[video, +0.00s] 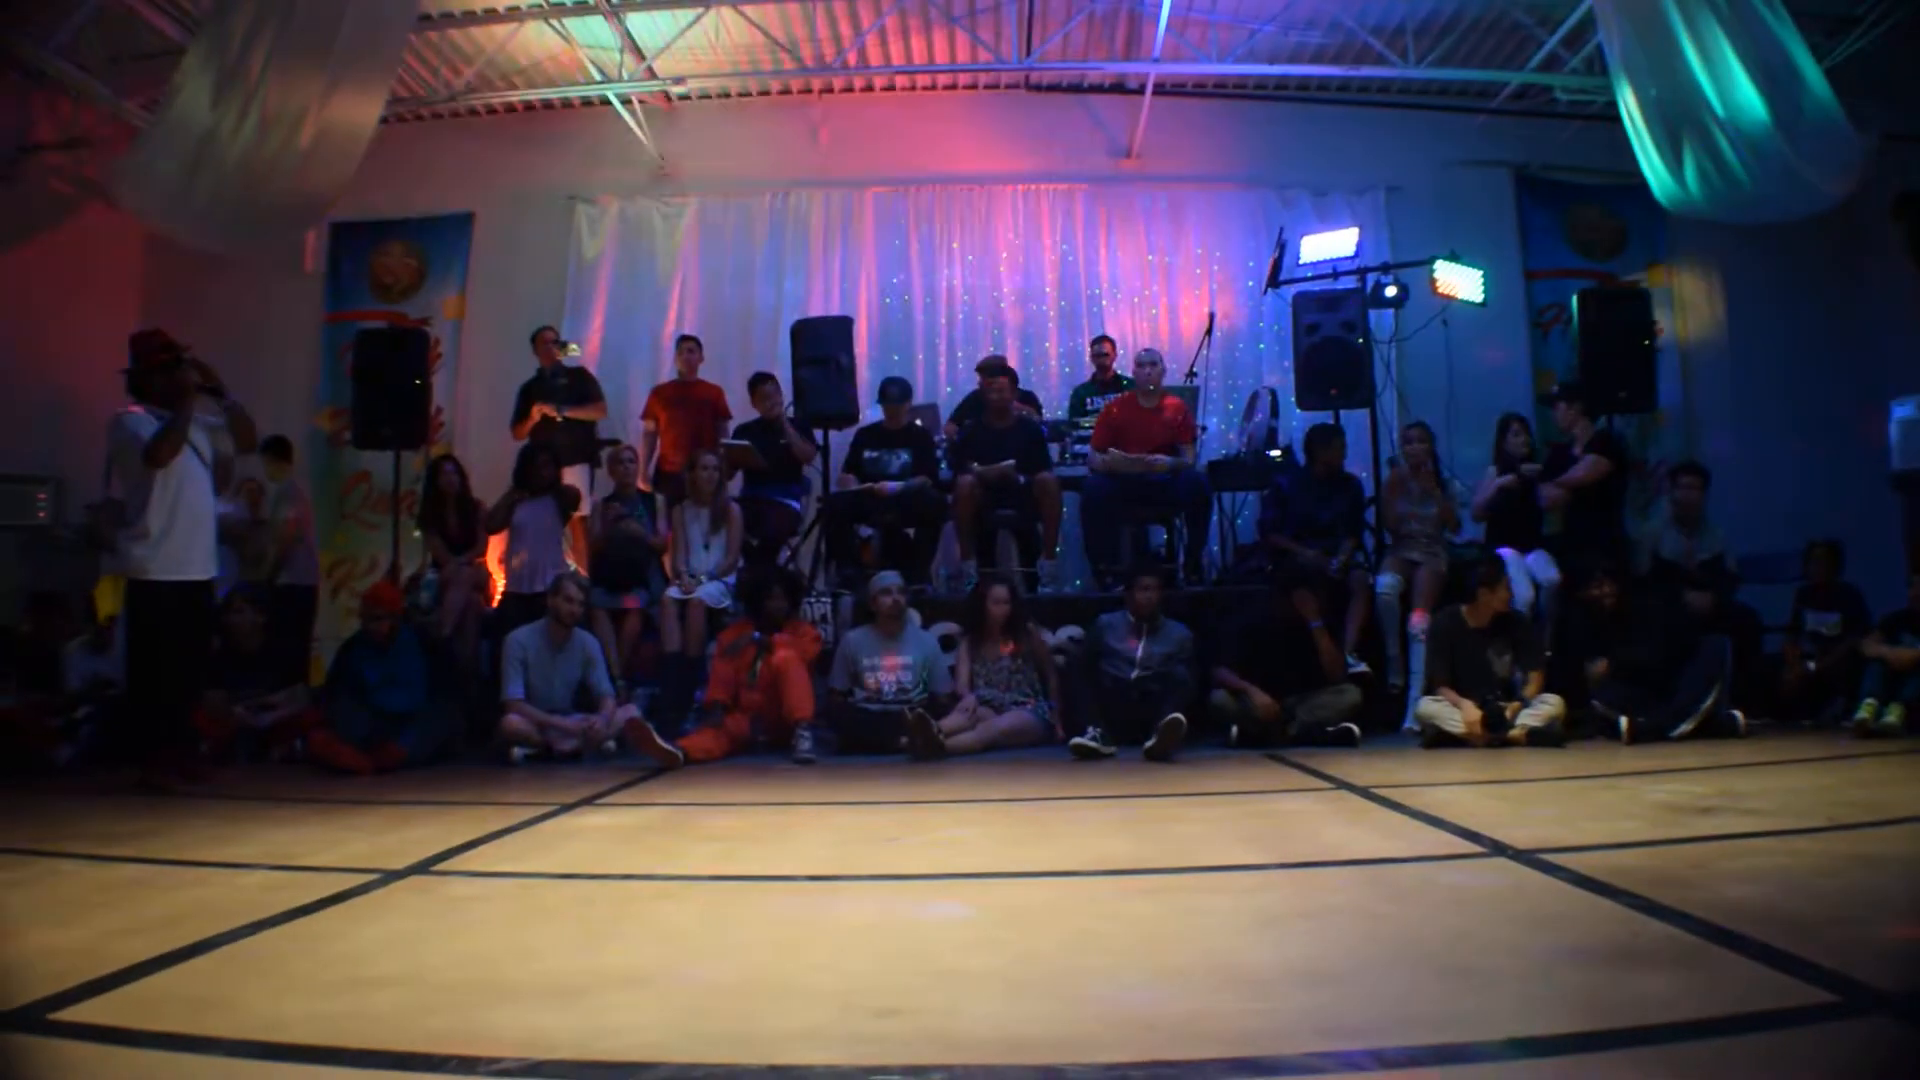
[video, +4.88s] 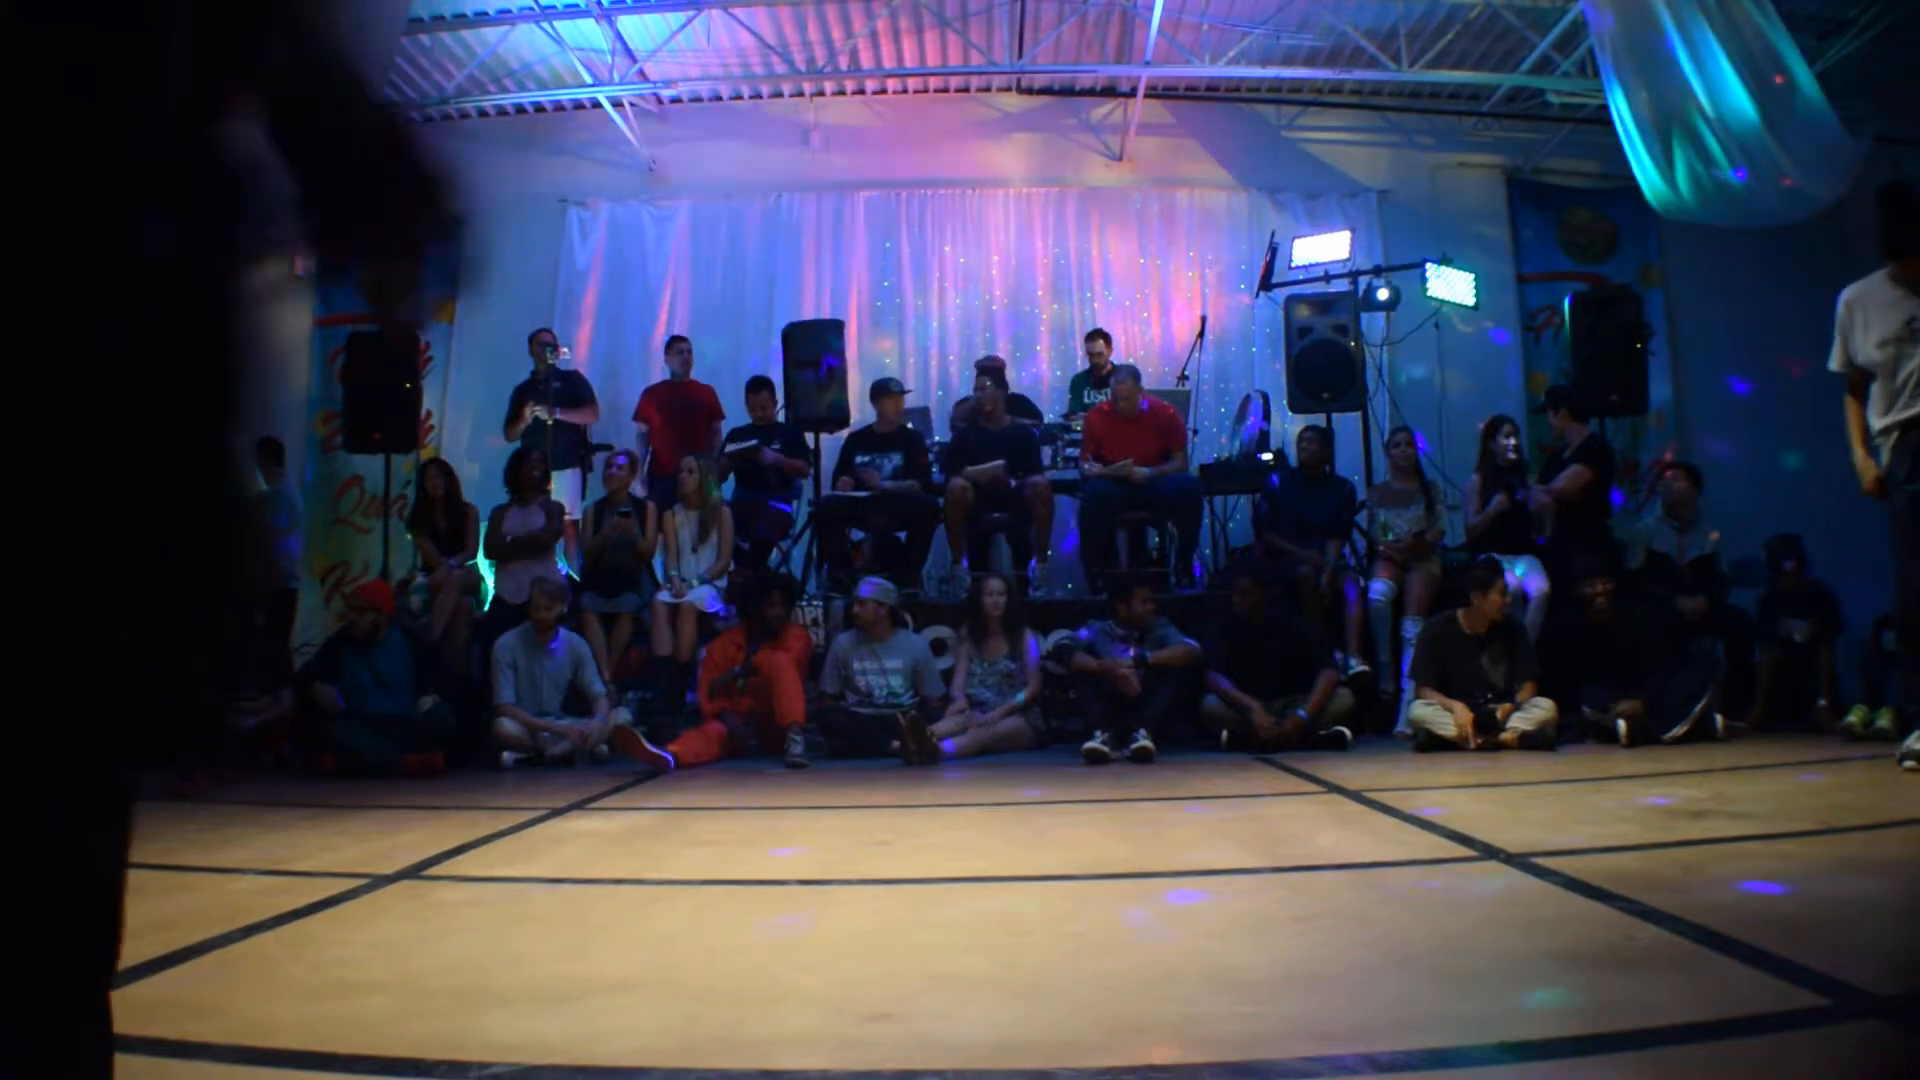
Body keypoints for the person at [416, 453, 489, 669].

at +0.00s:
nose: (450, 480)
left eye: (454, 474)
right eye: (444, 475)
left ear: (461, 477)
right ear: (435, 480)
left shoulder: (474, 507)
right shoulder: (430, 510)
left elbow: (481, 547)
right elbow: (435, 548)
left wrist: (457, 563)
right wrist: (460, 566)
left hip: (474, 569)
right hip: (444, 571)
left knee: (461, 575)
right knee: (472, 600)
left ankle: (444, 633)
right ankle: (466, 663)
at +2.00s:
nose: (439, 483)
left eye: (443, 477)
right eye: (433, 478)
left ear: (450, 480)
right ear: (424, 484)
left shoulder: (466, 511)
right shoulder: (418, 514)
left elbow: (471, 549)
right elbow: (425, 553)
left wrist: (448, 566)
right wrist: (449, 570)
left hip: (466, 573)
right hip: (433, 576)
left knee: (453, 577)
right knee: (462, 605)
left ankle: (431, 635)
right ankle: (458, 675)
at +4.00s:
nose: (439, 482)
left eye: (444, 476)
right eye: (433, 478)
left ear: (452, 480)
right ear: (425, 484)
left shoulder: (470, 511)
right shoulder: (421, 514)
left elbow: (474, 551)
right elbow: (430, 555)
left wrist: (450, 565)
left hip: (468, 571)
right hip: (436, 574)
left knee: (454, 579)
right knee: (464, 602)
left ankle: (435, 638)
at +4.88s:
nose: (435, 483)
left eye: (440, 477)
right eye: (430, 478)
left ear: (449, 480)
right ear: (423, 484)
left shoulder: (468, 511)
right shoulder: (419, 514)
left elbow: (471, 550)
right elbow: (428, 554)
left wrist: (449, 563)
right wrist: (451, 567)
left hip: (466, 571)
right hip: (434, 575)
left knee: (452, 578)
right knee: (464, 604)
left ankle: (433, 638)